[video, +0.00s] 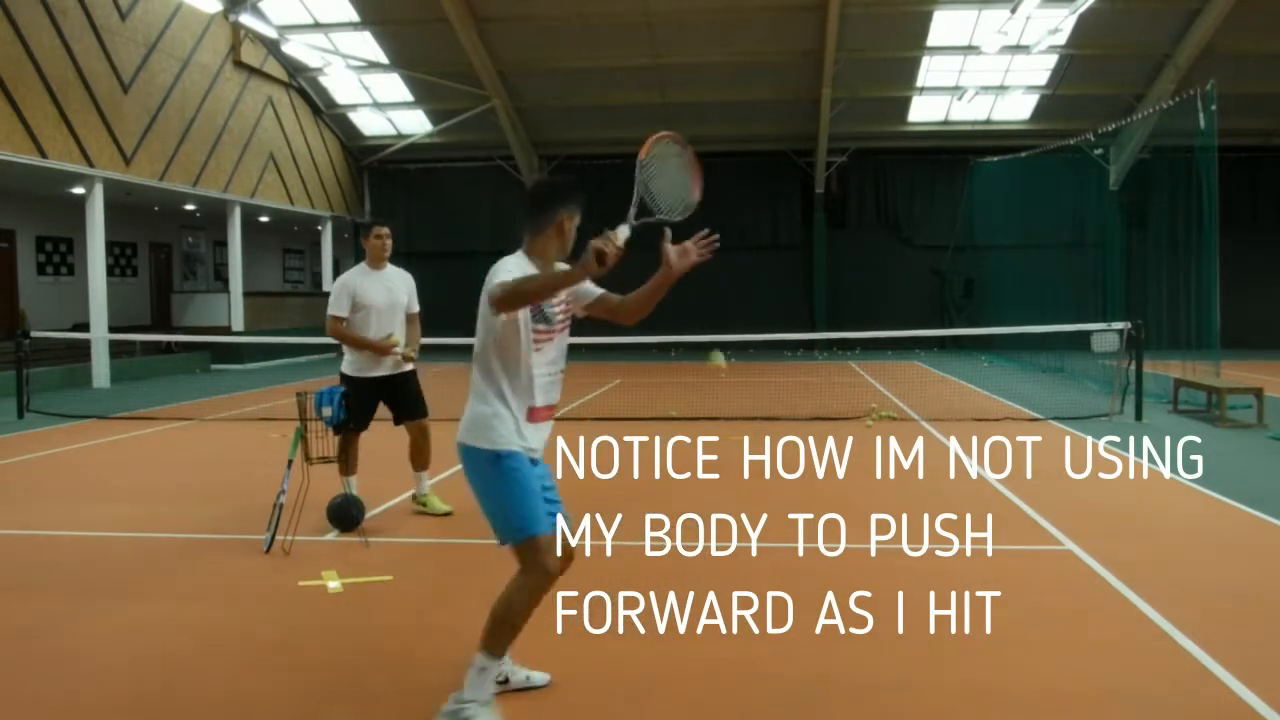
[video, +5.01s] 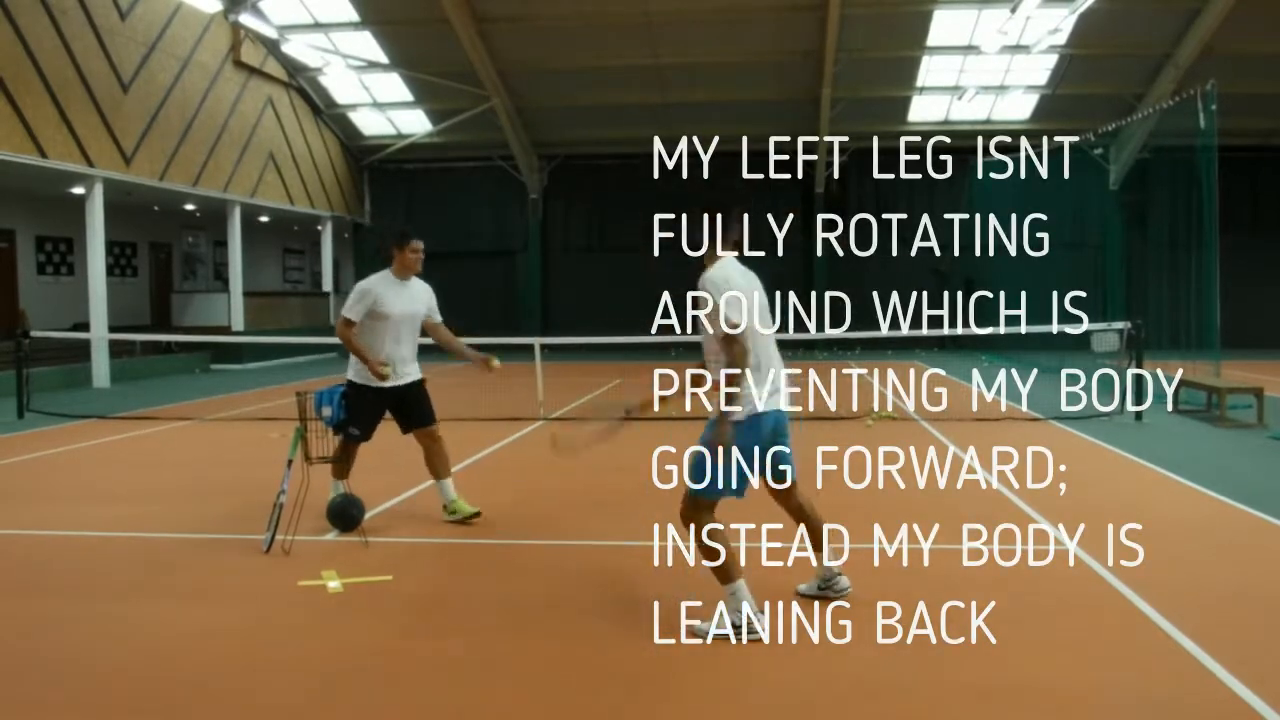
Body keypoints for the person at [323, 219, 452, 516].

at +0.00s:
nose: (385, 242)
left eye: (388, 238)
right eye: (378, 238)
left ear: (392, 243)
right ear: (365, 242)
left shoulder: (404, 279)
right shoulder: (348, 282)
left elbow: (413, 320)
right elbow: (334, 327)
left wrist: (412, 348)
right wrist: (373, 345)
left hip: (400, 371)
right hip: (359, 374)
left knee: (420, 426)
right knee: (350, 434)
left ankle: (422, 492)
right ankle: (349, 497)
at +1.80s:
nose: (415, 252)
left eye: (415, 247)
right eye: (410, 247)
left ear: (408, 251)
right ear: (391, 249)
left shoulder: (415, 284)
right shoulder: (362, 284)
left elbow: (426, 324)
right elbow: (338, 327)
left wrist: (457, 343)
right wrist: (368, 356)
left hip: (407, 375)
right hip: (367, 378)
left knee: (428, 429)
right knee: (358, 440)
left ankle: (452, 495)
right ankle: (351, 502)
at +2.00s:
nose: (439, 264)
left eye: (442, 258)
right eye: (432, 258)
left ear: (446, 262)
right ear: (418, 260)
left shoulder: (448, 294)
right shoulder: (390, 292)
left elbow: (451, 342)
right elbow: (365, 329)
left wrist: (469, 379)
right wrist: (385, 362)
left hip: (429, 379)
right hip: (386, 381)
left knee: (450, 436)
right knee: (372, 441)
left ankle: (456, 499)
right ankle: (352, 497)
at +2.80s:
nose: (410, 254)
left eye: (413, 249)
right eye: (404, 249)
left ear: (417, 255)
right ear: (388, 255)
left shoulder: (430, 291)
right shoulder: (369, 294)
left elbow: (448, 330)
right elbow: (349, 338)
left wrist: (449, 341)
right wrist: (372, 364)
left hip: (422, 381)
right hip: (380, 384)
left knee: (443, 435)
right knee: (363, 444)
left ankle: (459, 500)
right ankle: (341, 492)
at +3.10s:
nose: (381, 248)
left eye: (384, 243)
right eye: (374, 243)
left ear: (388, 248)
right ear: (361, 247)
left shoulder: (397, 283)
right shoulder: (342, 285)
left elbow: (402, 321)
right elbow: (319, 329)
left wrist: (412, 342)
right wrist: (348, 357)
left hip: (392, 376)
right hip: (353, 380)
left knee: (416, 430)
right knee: (345, 442)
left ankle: (421, 496)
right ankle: (337, 498)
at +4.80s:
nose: (396, 252)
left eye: (396, 247)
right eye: (394, 247)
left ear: (381, 248)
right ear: (381, 248)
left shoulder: (390, 281)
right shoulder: (346, 284)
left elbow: (402, 319)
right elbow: (326, 331)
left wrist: (443, 328)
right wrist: (362, 358)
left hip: (395, 374)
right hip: (358, 380)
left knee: (423, 425)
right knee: (349, 440)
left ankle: (428, 492)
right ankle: (337, 496)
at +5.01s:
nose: (420, 257)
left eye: (422, 252)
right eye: (414, 252)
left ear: (421, 256)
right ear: (396, 254)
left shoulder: (423, 291)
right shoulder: (369, 288)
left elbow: (438, 331)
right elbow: (343, 330)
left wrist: (475, 356)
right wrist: (369, 361)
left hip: (408, 382)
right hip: (367, 383)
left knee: (430, 436)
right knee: (350, 442)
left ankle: (451, 501)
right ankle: (337, 497)